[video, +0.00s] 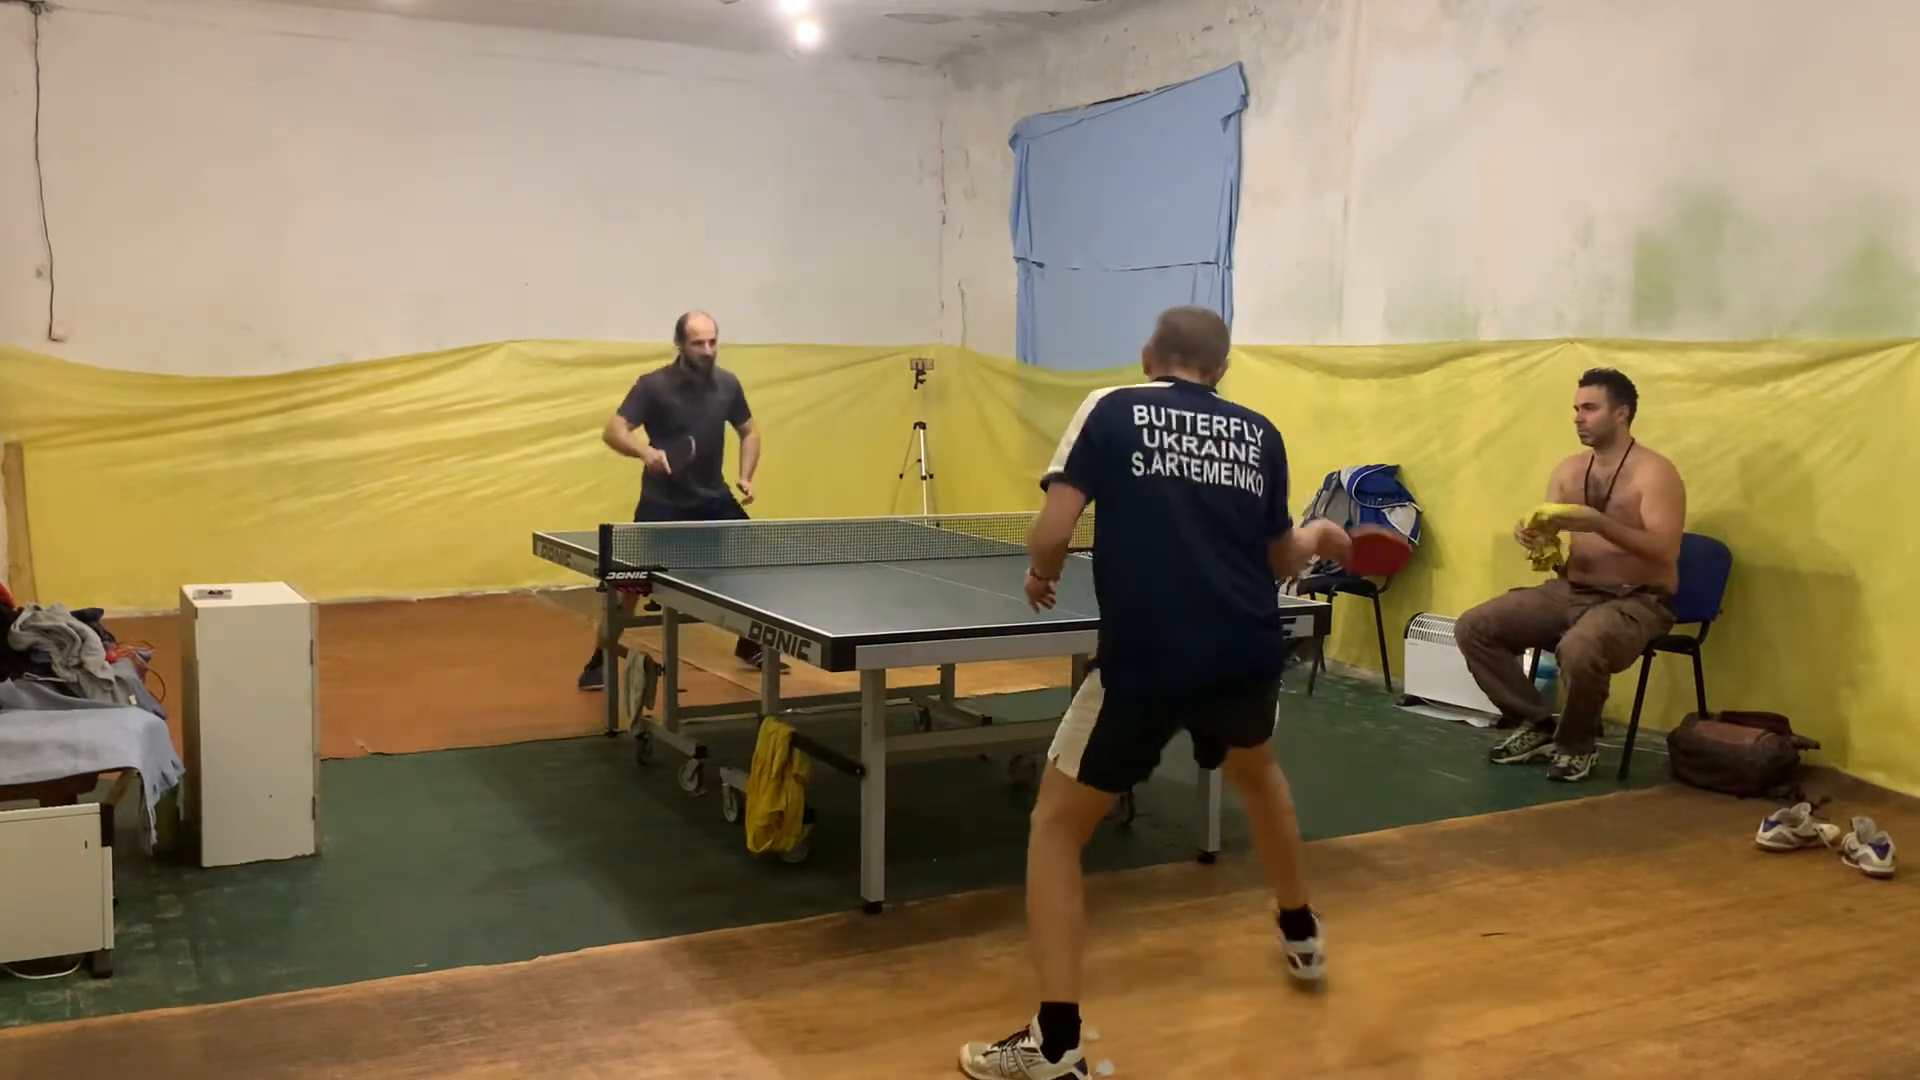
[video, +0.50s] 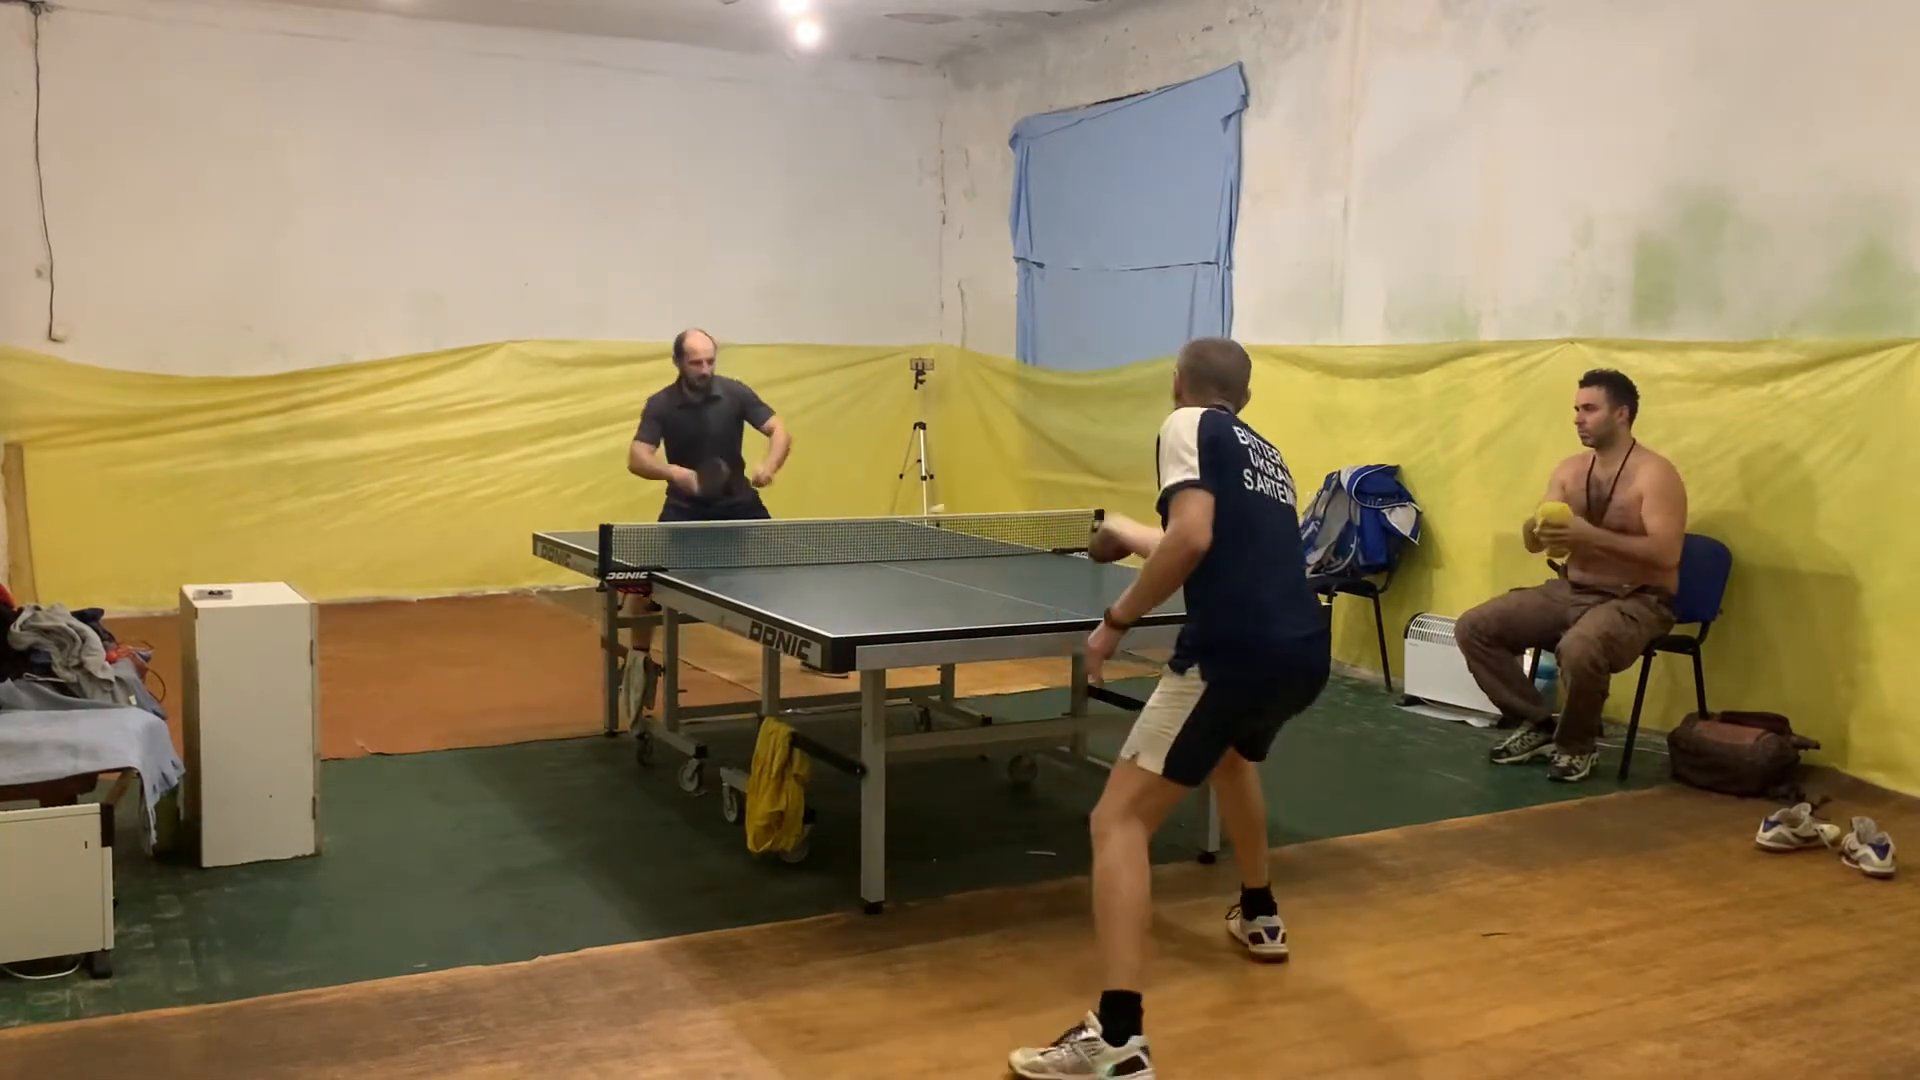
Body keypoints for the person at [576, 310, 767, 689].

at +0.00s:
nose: (708, 350)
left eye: (712, 342)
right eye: (699, 343)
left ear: (718, 342)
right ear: (680, 345)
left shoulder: (727, 385)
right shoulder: (653, 385)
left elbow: (749, 432)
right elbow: (613, 431)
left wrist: (746, 475)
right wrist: (644, 451)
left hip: (715, 499)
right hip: (662, 502)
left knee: (764, 562)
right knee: (631, 580)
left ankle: (752, 641)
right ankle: (601, 657)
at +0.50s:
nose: (705, 370)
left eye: (710, 362)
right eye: (697, 363)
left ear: (716, 359)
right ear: (678, 362)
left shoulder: (735, 393)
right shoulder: (661, 404)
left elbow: (781, 433)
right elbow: (637, 460)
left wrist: (769, 466)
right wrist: (672, 472)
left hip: (739, 503)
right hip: (685, 507)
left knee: (783, 563)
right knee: (643, 579)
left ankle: (806, 641)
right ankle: (639, 664)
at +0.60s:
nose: (734, 385)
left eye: (739, 377)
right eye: (725, 377)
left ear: (745, 374)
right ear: (708, 373)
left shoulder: (753, 403)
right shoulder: (682, 407)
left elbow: (786, 445)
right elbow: (667, 463)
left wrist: (781, 487)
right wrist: (719, 479)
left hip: (739, 511)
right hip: (687, 513)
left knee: (790, 561)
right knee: (651, 584)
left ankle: (808, 645)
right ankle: (638, 661)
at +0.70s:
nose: (765, 410)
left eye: (769, 402)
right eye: (757, 401)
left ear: (775, 396)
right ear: (738, 393)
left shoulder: (768, 417)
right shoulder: (708, 414)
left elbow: (789, 455)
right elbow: (713, 464)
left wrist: (789, 493)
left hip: (743, 508)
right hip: (696, 512)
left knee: (793, 556)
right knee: (658, 584)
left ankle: (809, 643)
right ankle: (639, 659)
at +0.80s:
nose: (778, 399)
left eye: (784, 392)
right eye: (772, 390)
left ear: (788, 389)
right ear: (753, 383)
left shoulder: (777, 411)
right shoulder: (724, 411)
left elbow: (795, 446)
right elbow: (741, 444)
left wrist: (801, 487)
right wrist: (771, 476)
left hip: (759, 514)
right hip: (711, 516)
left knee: (802, 568)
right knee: (671, 587)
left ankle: (811, 645)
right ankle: (640, 661)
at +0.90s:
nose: (783, 363)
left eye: (789, 356)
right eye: (777, 355)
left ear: (795, 355)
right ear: (759, 350)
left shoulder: (785, 383)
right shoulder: (737, 383)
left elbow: (798, 416)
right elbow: (721, 414)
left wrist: (813, 454)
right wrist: (719, 443)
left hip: (766, 489)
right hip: (725, 493)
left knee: (807, 548)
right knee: (696, 567)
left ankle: (815, 641)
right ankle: (644, 652)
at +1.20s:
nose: (769, 350)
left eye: (776, 343)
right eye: (762, 342)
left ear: (784, 344)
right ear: (748, 341)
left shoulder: (794, 385)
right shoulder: (723, 380)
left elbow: (819, 426)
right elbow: (679, 411)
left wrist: (817, 463)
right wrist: (682, 429)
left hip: (775, 493)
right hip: (725, 493)